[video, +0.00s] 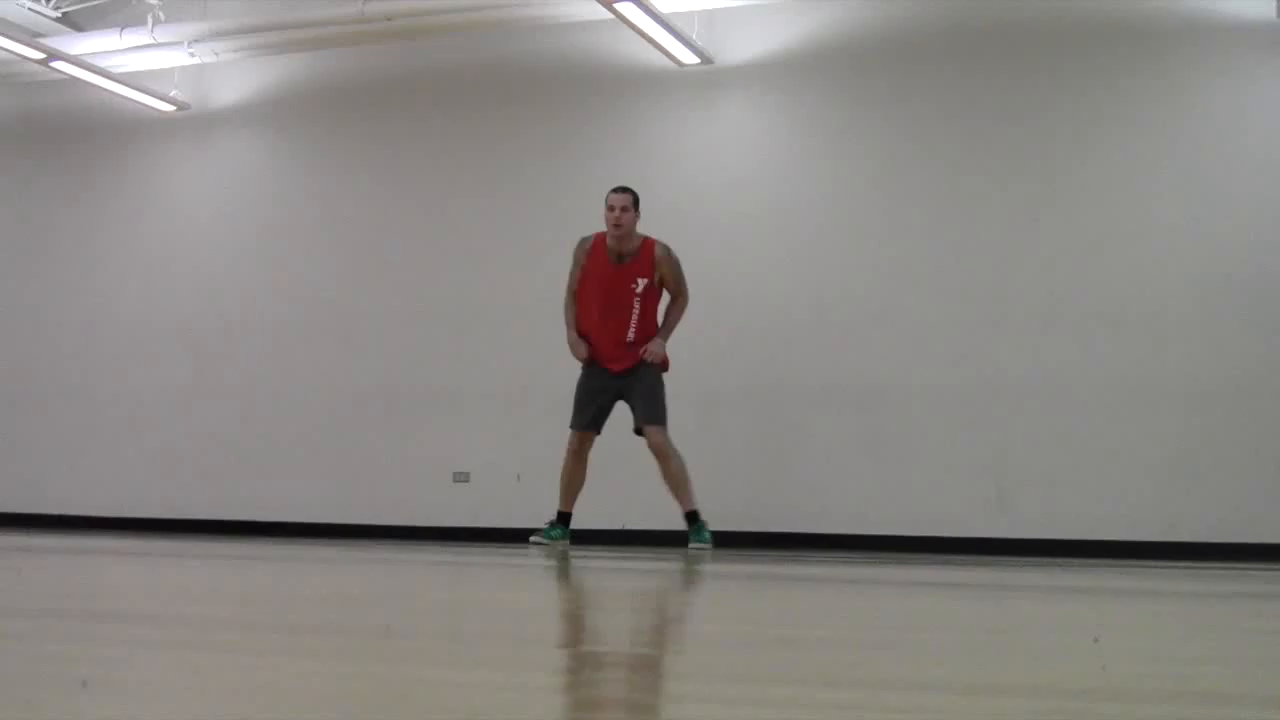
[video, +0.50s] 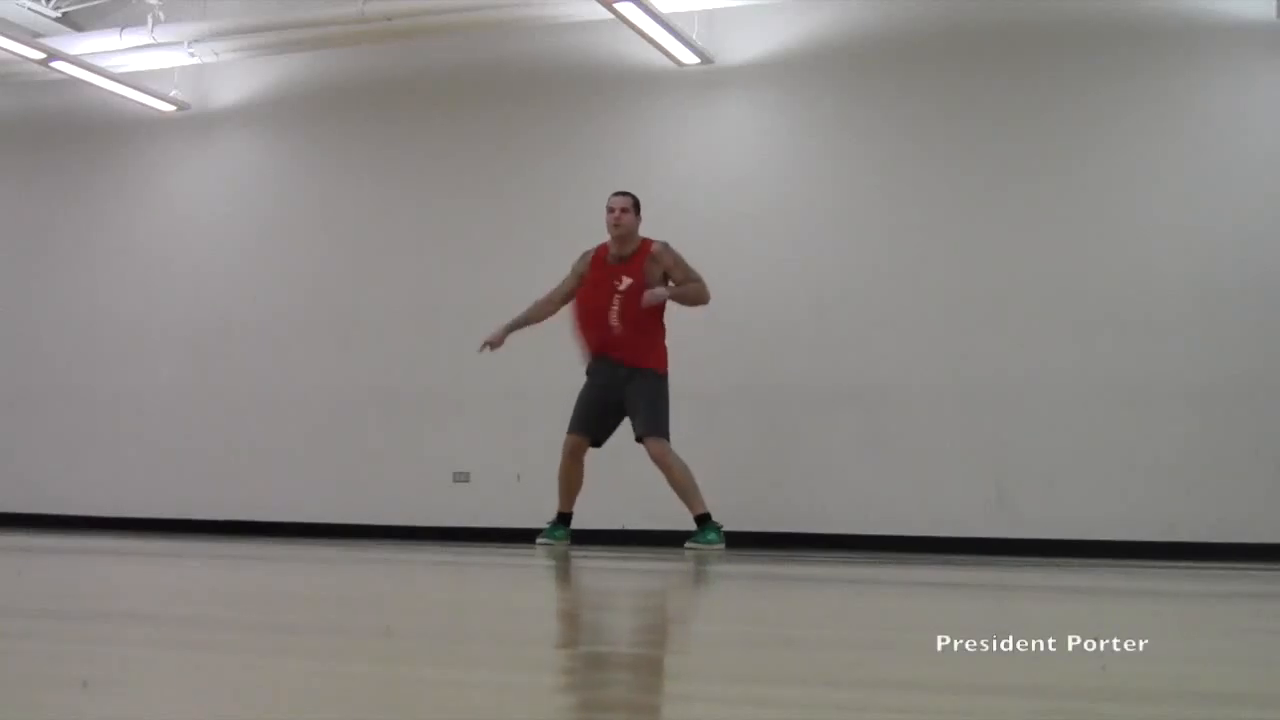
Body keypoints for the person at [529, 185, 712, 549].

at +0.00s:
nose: (616, 216)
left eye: (624, 210)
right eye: (611, 209)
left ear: (637, 216)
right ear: (604, 214)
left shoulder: (659, 256)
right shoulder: (587, 249)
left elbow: (679, 296)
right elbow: (572, 294)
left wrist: (661, 339)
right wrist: (573, 336)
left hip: (642, 365)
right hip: (598, 364)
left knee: (657, 440)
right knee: (578, 441)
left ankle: (695, 523)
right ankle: (561, 524)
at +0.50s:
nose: (616, 216)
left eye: (624, 211)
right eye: (611, 211)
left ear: (638, 219)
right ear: (604, 219)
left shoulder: (658, 254)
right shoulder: (589, 262)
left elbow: (700, 293)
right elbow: (552, 301)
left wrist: (667, 293)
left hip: (646, 371)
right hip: (605, 369)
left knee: (657, 448)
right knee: (573, 445)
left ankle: (707, 526)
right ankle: (561, 524)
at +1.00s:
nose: (610, 214)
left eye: (619, 209)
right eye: (606, 208)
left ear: (635, 217)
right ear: (601, 214)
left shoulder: (649, 262)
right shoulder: (589, 246)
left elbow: (696, 301)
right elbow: (549, 250)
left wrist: (743, 330)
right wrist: (526, 205)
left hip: (643, 373)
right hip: (600, 373)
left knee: (661, 448)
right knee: (575, 450)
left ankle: (710, 524)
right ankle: (548, 520)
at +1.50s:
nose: (621, 214)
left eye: (630, 209)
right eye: (617, 209)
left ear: (643, 219)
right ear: (610, 216)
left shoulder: (657, 264)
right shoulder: (596, 247)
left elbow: (710, 295)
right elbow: (557, 247)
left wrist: (764, 318)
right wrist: (521, 232)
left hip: (638, 378)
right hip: (594, 377)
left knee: (657, 450)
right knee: (571, 452)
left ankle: (711, 526)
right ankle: (547, 521)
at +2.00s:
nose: (652, 206)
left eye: (660, 200)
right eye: (647, 200)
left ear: (675, 206)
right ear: (642, 207)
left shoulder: (694, 246)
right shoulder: (630, 236)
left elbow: (747, 269)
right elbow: (582, 225)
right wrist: (582, 199)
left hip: (678, 356)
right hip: (635, 350)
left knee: (675, 436)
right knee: (632, 403)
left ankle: (676, 521)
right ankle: (621, 485)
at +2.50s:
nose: (679, 203)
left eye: (674, 197)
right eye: (675, 199)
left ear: (643, 209)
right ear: (673, 207)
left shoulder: (632, 238)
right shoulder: (698, 239)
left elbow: (659, 199)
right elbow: (724, 273)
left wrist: (699, 206)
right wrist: (724, 224)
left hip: (667, 363)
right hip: (708, 360)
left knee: (685, 442)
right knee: (742, 436)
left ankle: (663, 515)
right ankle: (708, 524)